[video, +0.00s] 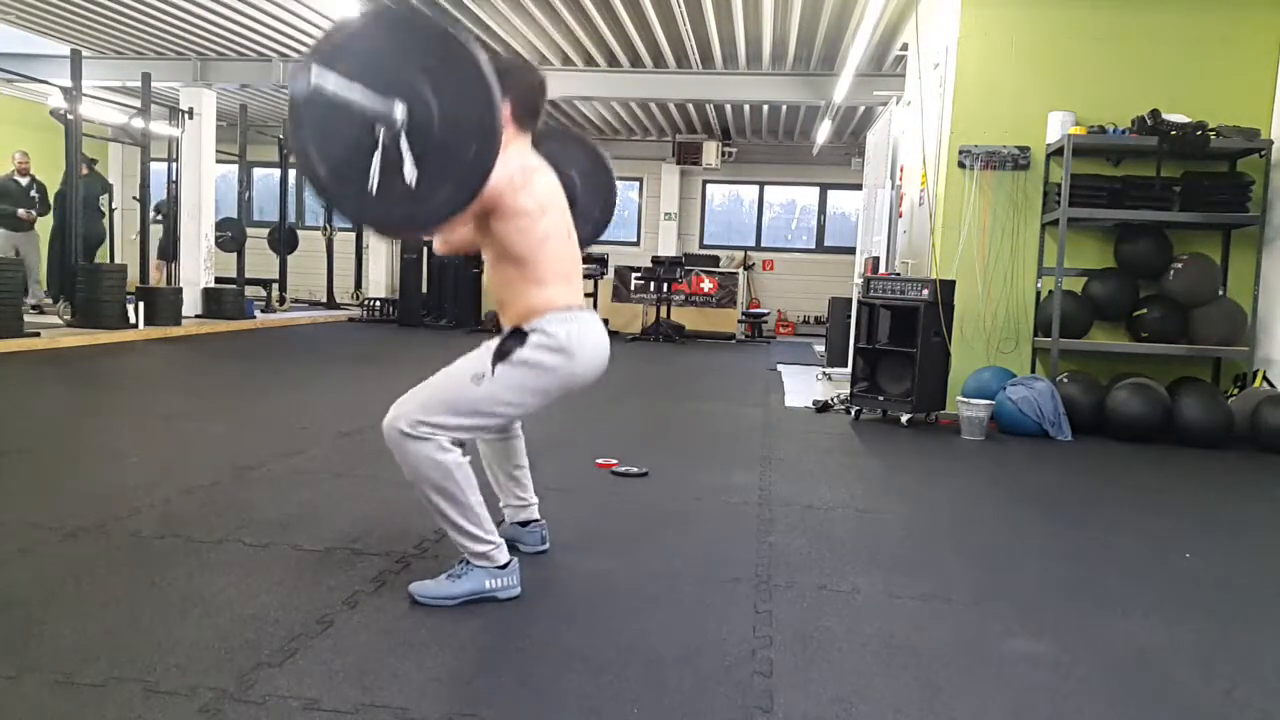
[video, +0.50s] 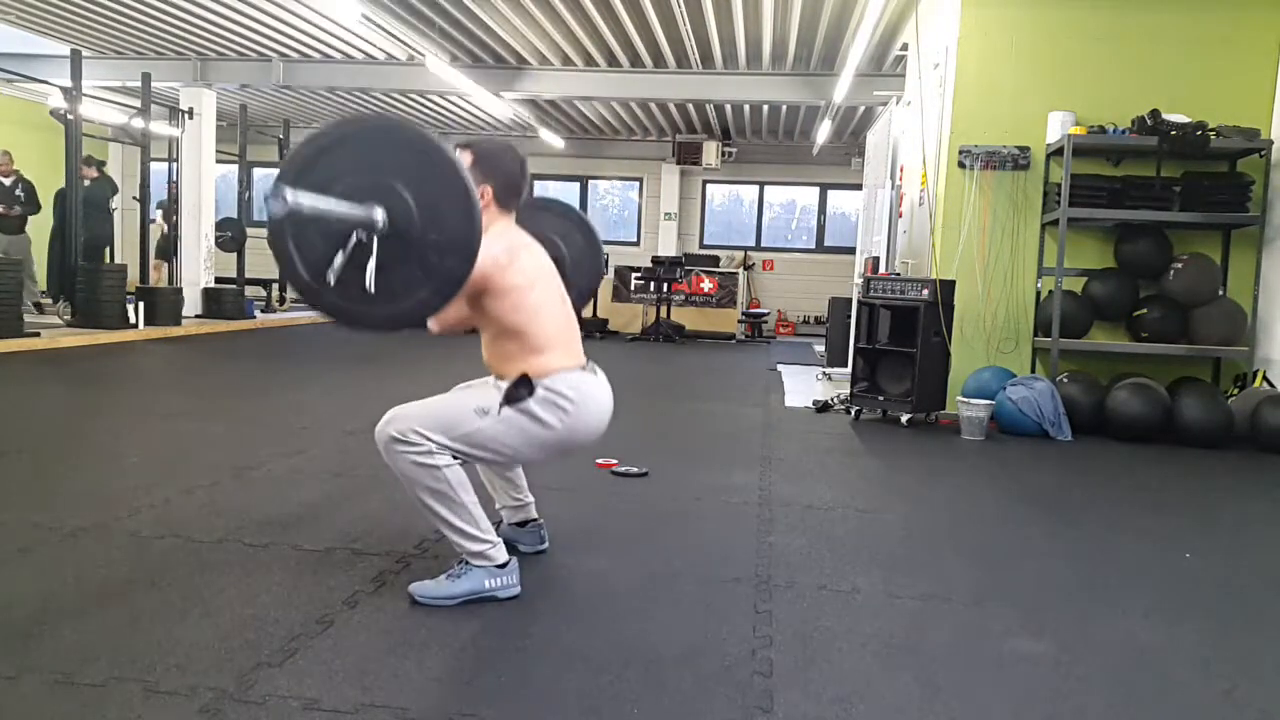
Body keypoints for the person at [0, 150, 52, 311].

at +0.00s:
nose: (24, 166)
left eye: (26, 163)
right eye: (20, 163)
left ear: (30, 163)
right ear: (13, 164)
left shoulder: (39, 185)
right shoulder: (4, 183)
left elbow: (46, 207)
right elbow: (1, 206)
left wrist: (35, 213)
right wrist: (16, 212)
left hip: (29, 233)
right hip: (6, 232)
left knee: (33, 268)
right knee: (6, 270)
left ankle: (35, 301)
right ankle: (6, 302)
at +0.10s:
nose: (23, 166)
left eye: (26, 163)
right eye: (20, 163)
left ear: (31, 163)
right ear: (15, 163)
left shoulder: (41, 184)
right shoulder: (4, 181)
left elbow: (48, 206)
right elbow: (1, 204)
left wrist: (34, 210)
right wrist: (14, 209)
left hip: (29, 233)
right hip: (6, 231)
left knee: (33, 268)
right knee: (6, 268)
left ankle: (35, 301)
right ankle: (7, 302)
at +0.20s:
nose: (21, 167)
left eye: (24, 164)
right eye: (18, 164)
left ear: (30, 164)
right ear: (14, 164)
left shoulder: (40, 184)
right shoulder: (4, 181)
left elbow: (47, 207)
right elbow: (0, 203)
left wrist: (33, 208)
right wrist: (11, 208)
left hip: (29, 234)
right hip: (6, 231)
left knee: (32, 270)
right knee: (3, 269)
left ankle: (35, 302)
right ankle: (4, 302)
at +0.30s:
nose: (18, 168)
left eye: (21, 165)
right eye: (15, 165)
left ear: (27, 165)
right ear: (10, 166)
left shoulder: (37, 185)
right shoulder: (3, 183)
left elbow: (46, 208)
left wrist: (30, 208)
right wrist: (6, 208)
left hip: (28, 235)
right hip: (5, 234)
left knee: (31, 271)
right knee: (5, 271)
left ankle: (35, 302)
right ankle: (7, 303)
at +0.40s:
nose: (12, 169)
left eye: (14, 166)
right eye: (8, 166)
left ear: (20, 165)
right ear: (4, 167)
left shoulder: (31, 186)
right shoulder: (2, 185)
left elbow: (42, 208)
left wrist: (25, 209)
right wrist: (2, 209)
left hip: (24, 236)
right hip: (4, 236)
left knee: (30, 271)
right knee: (5, 272)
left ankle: (34, 302)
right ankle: (6, 304)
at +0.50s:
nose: (3, 167)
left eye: (6, 164)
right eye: (1, 164)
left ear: (12, 164)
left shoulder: (24, 184)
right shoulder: (0, 184)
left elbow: (36, 206)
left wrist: (20, 210)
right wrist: (2, 209)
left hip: (19, 236)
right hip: (3, 235)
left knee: (26, 270)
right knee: (4, 272)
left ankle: (35, 300)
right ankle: (5, 303)